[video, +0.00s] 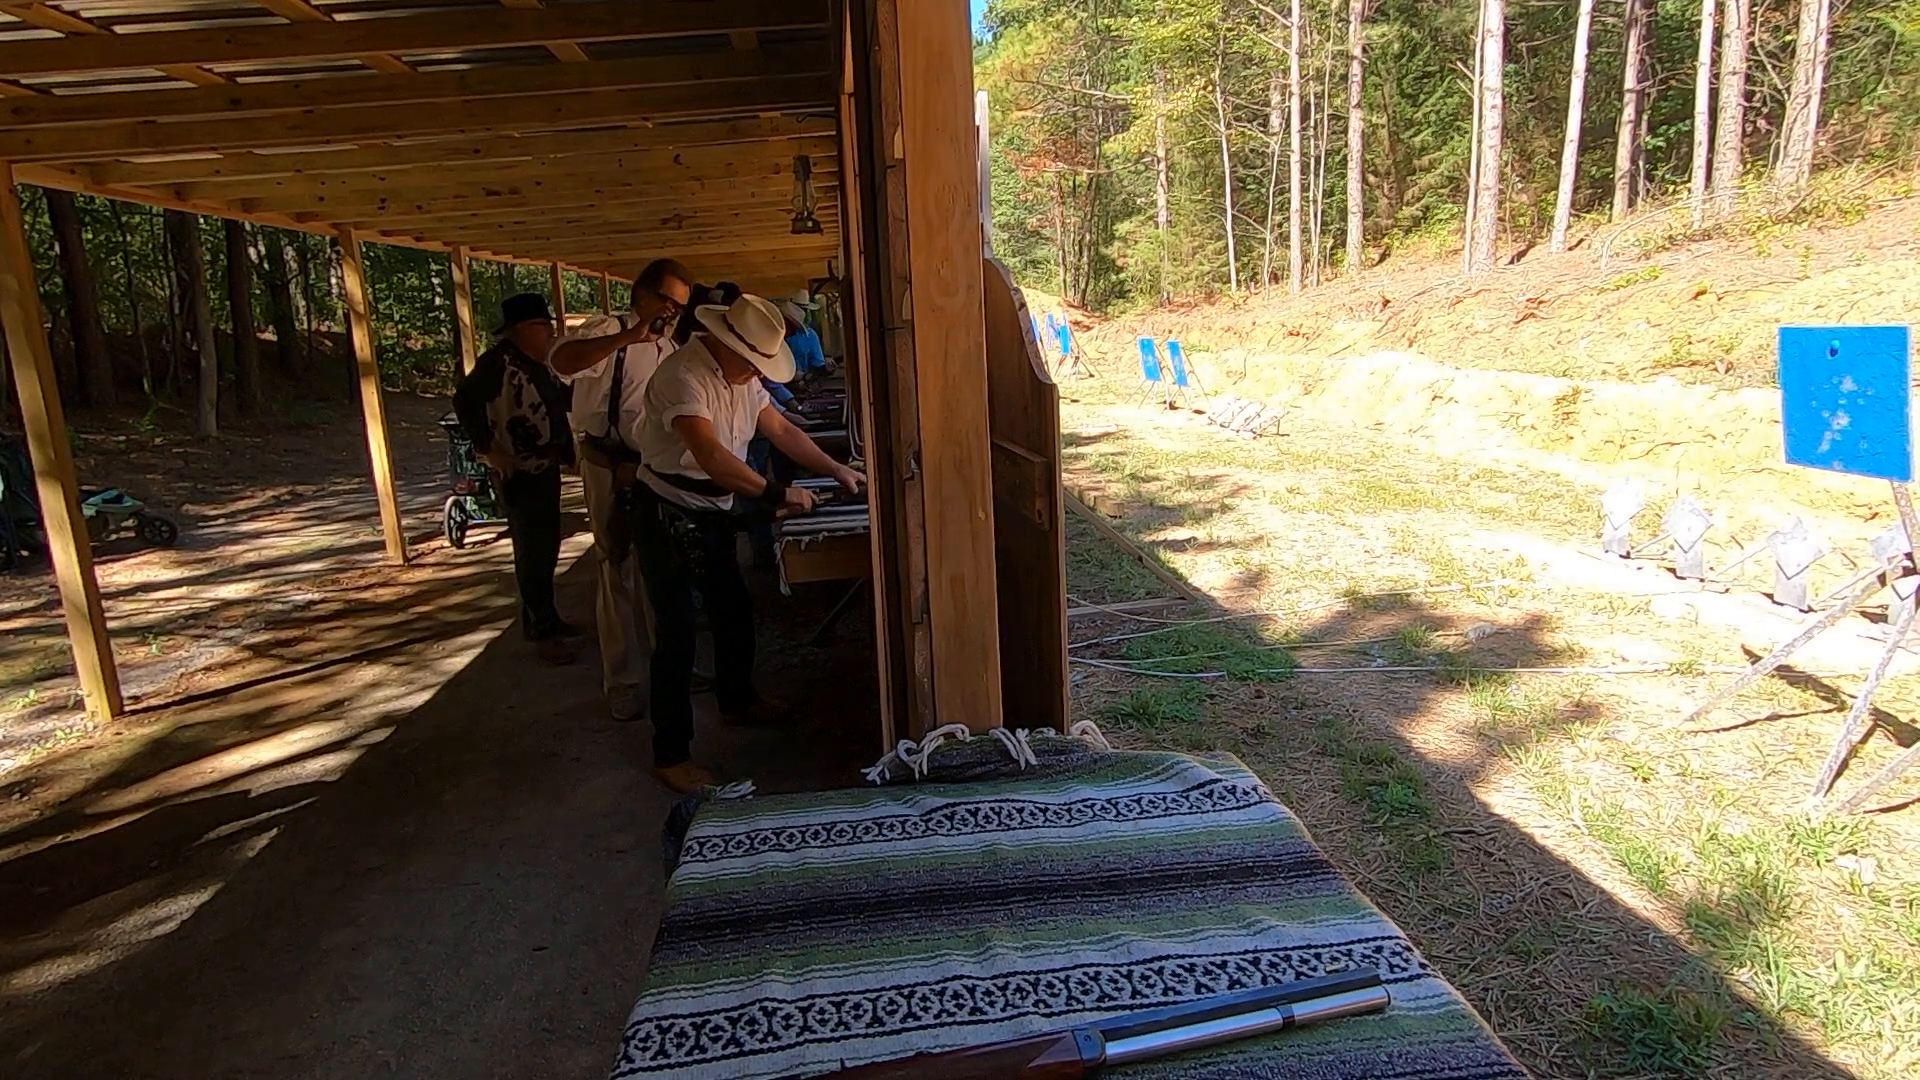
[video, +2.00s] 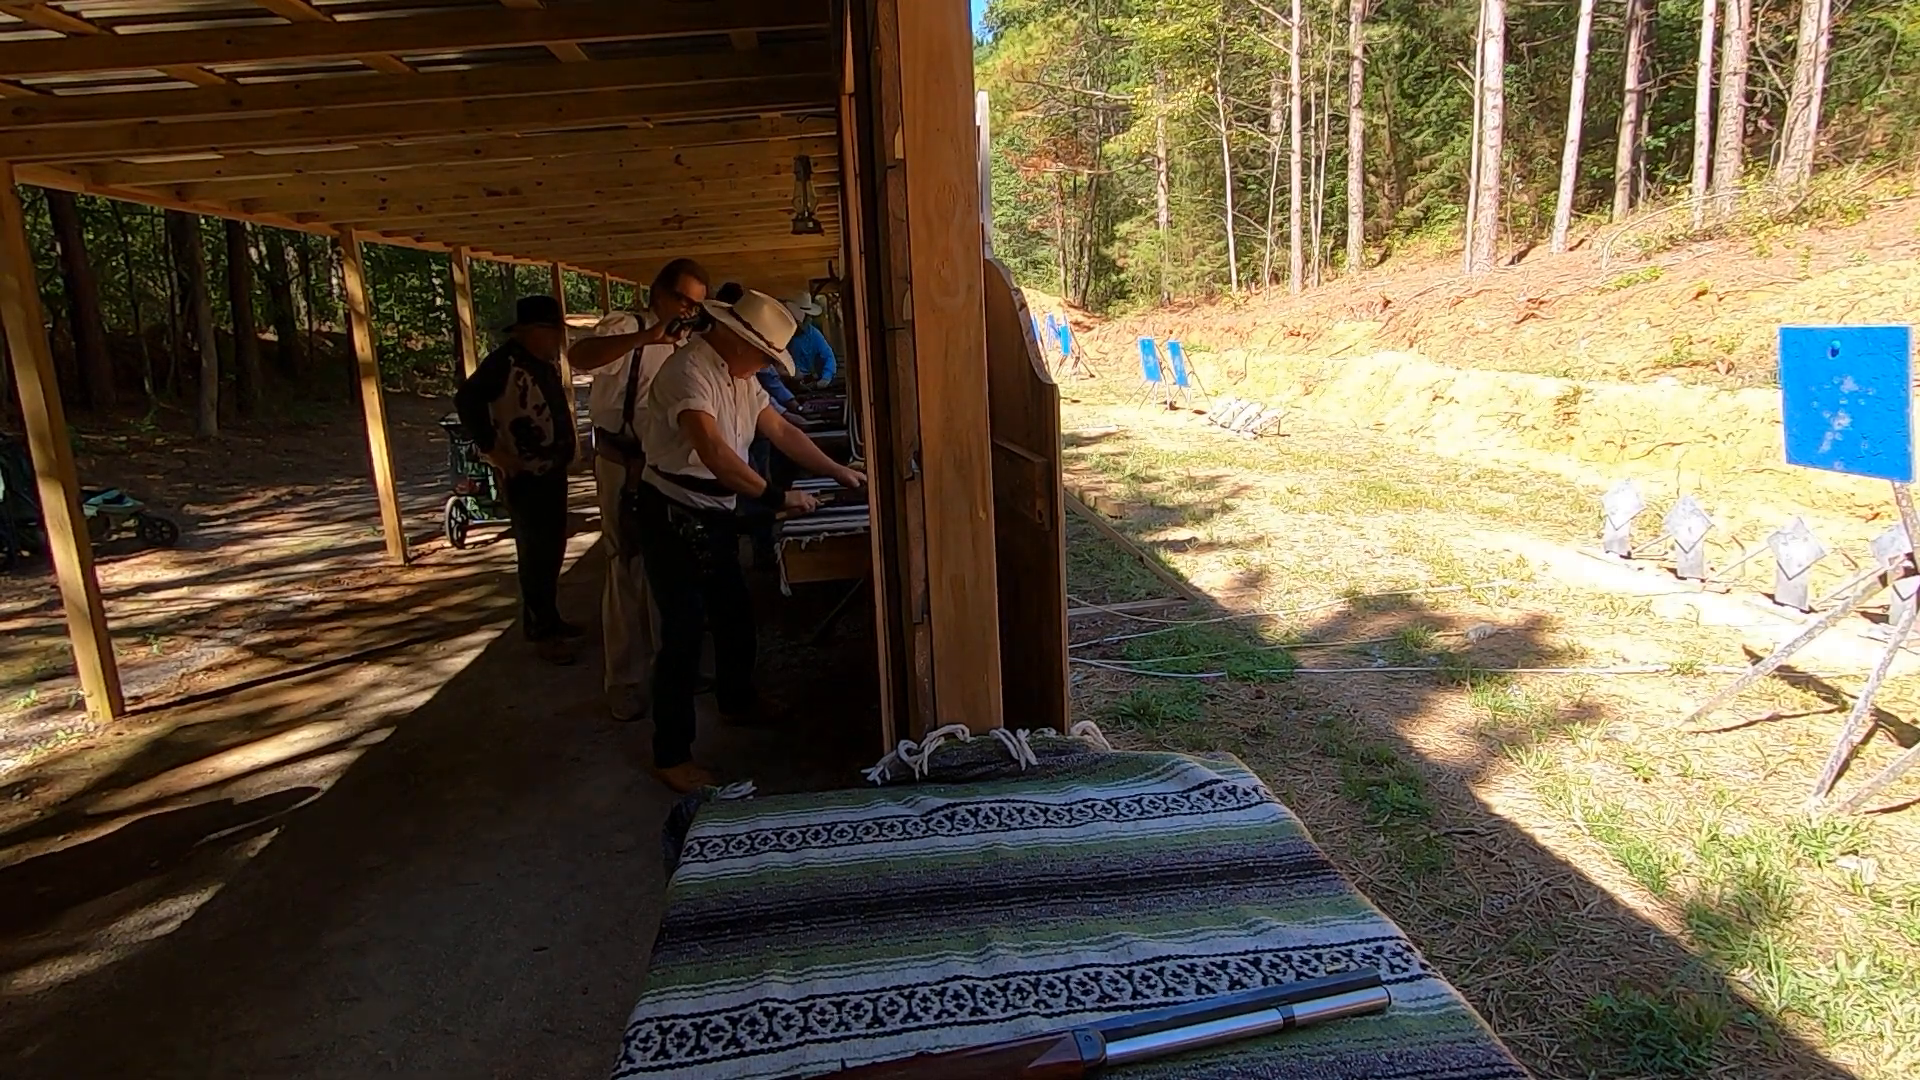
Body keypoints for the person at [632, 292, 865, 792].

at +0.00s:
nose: (756, 372)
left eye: (760, 365)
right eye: (751, 362)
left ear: (757, 358)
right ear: (726, 345)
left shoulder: (746, 380)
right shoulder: (682, 374)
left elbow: (782, 431)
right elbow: (707, 453)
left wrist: (837, 468)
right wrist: (774, 491)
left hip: (715, 513)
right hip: (665, 513)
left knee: (734, 611)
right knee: (677, 631)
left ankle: (739, 703)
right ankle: (671, 757)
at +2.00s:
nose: (765, 366)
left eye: (769, 359)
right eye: (763, 356)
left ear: (745, 346)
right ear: (737, 341)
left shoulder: (741, 377)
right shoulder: (688, 370)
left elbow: (781, 430)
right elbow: (710, 448)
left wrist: (838, 469)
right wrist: (773, 495)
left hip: (716, 515)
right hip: (668, 515)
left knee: (734, 615)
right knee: (685, 631)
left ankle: (739, 704)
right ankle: (671, 757)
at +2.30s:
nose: (758, 373)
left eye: (762, 366)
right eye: (757, 364)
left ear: (744, 346)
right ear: (734, 344)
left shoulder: (731, 370)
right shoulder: (687, 372)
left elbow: (743, 425)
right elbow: (709, 453)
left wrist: (765, 453)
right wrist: (775, 495)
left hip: (721, 512)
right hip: (676, 514)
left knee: (736, 615)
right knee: (685, 634)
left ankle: (740, 706)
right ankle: (671, 756)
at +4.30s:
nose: (753, 373)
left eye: (756, 365)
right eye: (751, 363)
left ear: (724, 349)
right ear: (724, 348)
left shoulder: (718, 377)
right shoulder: (681, 377)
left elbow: (722, 444)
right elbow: (707, 459)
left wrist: (749, 466)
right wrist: (778, 495)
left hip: (716, 516)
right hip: (673, 520)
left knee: (739, 615)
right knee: (689, 636)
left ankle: (739, 708)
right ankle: (672, 757)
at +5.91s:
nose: (758, 373)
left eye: (761, 366)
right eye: (755, 364)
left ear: (727, 349)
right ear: (728, 348)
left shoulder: (721, 378)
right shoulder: (685, 378)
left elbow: (729, 447)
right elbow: (709, 460)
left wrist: (757, 477)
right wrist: (780, 496)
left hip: (717, 516)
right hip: (672, 519)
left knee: (743, 610)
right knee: (689, 634)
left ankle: (739, 703)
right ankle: (672, 756)